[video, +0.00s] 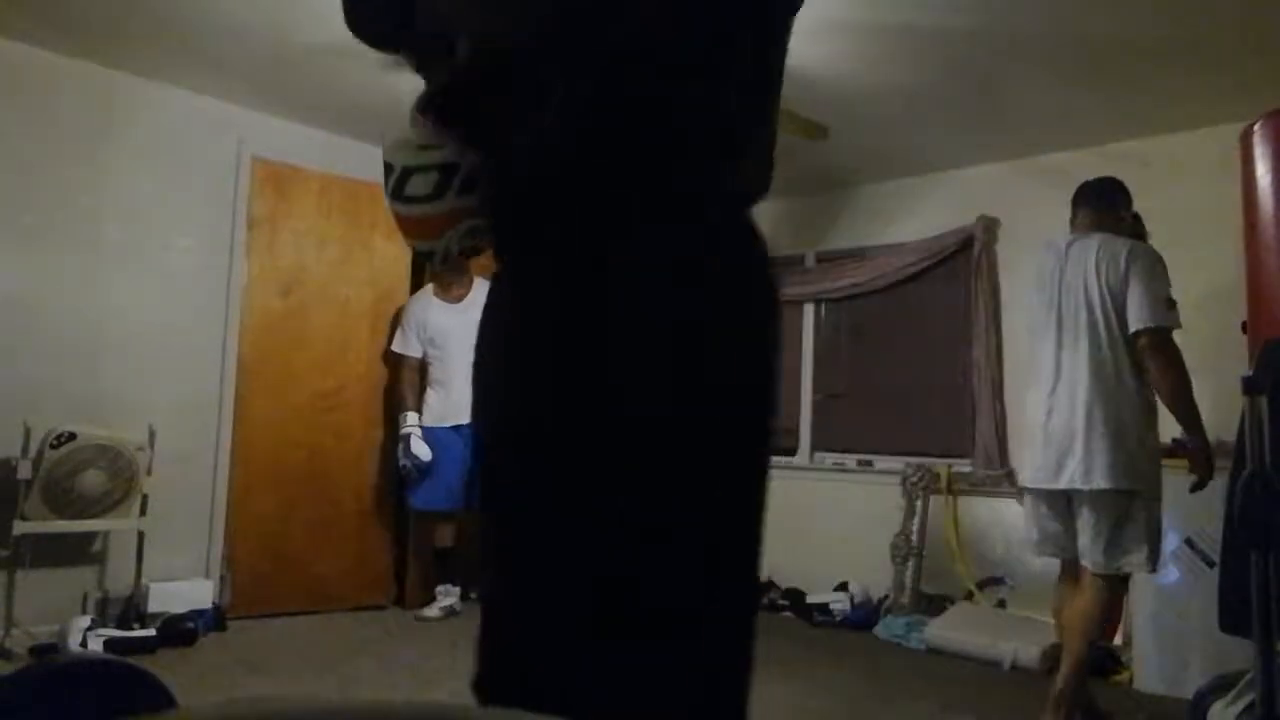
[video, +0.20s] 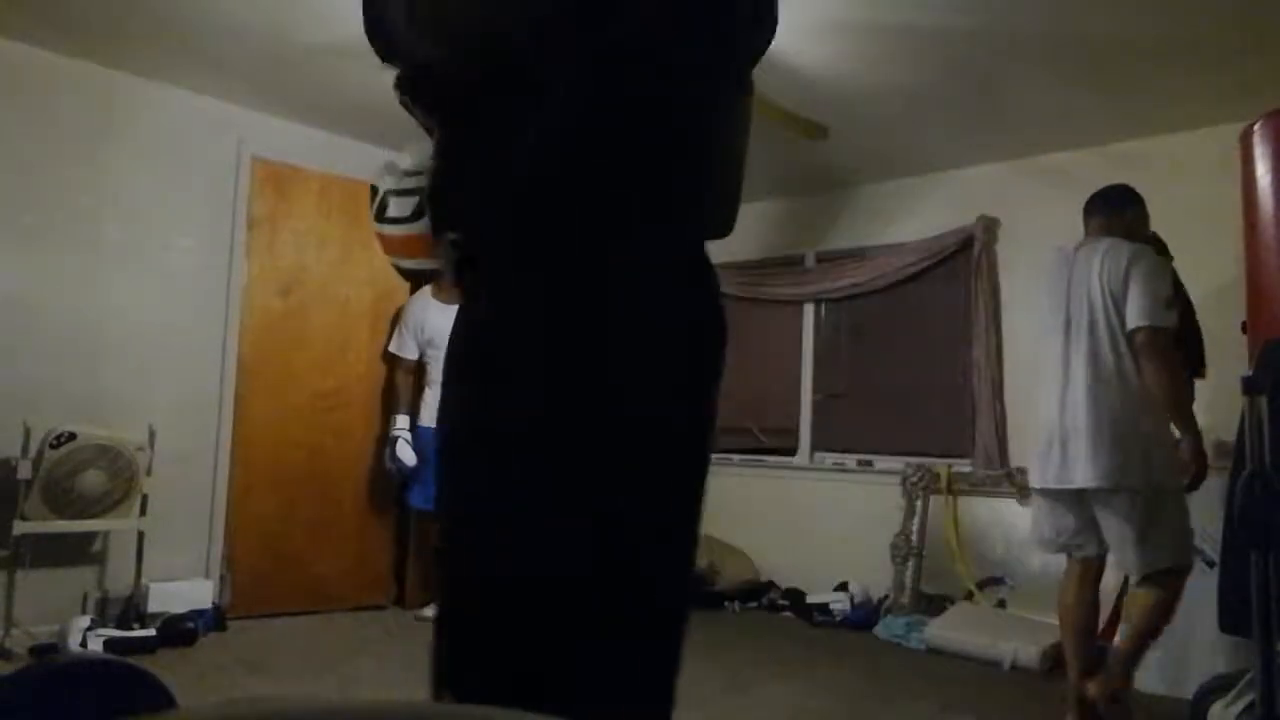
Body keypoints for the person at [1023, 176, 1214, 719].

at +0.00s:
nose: (1135, 230)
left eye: (1133, 223)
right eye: (1134, 221)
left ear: (1075, 217)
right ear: (1124, 214)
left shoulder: (1044, 264)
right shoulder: (1132, 255)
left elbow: (1053, 349)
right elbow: (1152, 346)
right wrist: (1193, 432)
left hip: (1046, 446)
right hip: (1110, 447)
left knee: (1071, 570)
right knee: (1104, 575)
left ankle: (1075, 695)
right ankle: (1061, 701)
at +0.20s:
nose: (1146, 232)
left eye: (1143, 225)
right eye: (1144, 224)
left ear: (1088, 224)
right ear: (1135, 221)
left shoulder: (1059, 268)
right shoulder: (1139, 259)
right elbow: (1152, 346)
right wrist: (1189, 433)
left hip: (1061, 449)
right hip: (1126, 450)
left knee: (1082, 561)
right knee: (1164, 565)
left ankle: (1079, 695)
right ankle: (1112, 677)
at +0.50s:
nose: (1180, 238)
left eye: (1178, 231)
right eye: (1178, 230)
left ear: (1125, 226)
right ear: (1170, 226)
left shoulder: (1080, 274)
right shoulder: (1186, 267)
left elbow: (1084, 356)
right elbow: (1199, 352)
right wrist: (1230, 434)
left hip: (1090, 453)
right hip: (1168, 452)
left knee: (1094, 568)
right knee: (1196, 580)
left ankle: (1079, 699)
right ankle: (1221, 691)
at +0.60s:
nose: (1190, 238)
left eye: (1184, 232)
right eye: (1190, 230)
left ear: (1137, 230)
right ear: (1190, 227)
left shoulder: (1098, 271)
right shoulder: (1213, 269)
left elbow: (1092, 344)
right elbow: (1229, 358)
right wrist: (1249, 424)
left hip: (1111, 451)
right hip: (1191, 452)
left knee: (1104, 572)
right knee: (1206, 582)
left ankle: (1080, 699)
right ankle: (1228, 694)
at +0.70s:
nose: (1206, 239)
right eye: (1207, 230)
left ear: (1153, 226)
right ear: (1206, 226)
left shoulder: (1118, 268)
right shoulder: (1231, 268)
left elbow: (1095, 345)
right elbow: (1248, 348)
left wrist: (1152, 331)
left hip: (1128, 448)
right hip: (1207, 451)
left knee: (1115, 568)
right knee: (1213, 581)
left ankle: (1083, 701)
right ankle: (1229, 698)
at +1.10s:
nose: (1225, 233)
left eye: (1188, 224)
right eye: (1229, 224)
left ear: (1180, 221)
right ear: (1232, 222)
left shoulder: (1155, 261)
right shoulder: (1254, 264)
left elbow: (1119, 340)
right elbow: (1264, 336)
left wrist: (1172, 329)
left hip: (1158, 445)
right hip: (1234, 450)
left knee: (1134, 565)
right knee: (1231, 575)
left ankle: (1119, 695)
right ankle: (1232, 697)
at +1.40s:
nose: (1150, 233)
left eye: (1149, 225)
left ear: (1151, 223)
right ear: (1204, 221)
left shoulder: (1132, 268)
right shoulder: (1236, 266)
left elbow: (1103, 347)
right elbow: (1251, 340)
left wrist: (1154, 365)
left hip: (1147, 446)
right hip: (1224, 449)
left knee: (1138, 577)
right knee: (1223, 580)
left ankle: (1127, 702)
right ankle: (1230, 700)